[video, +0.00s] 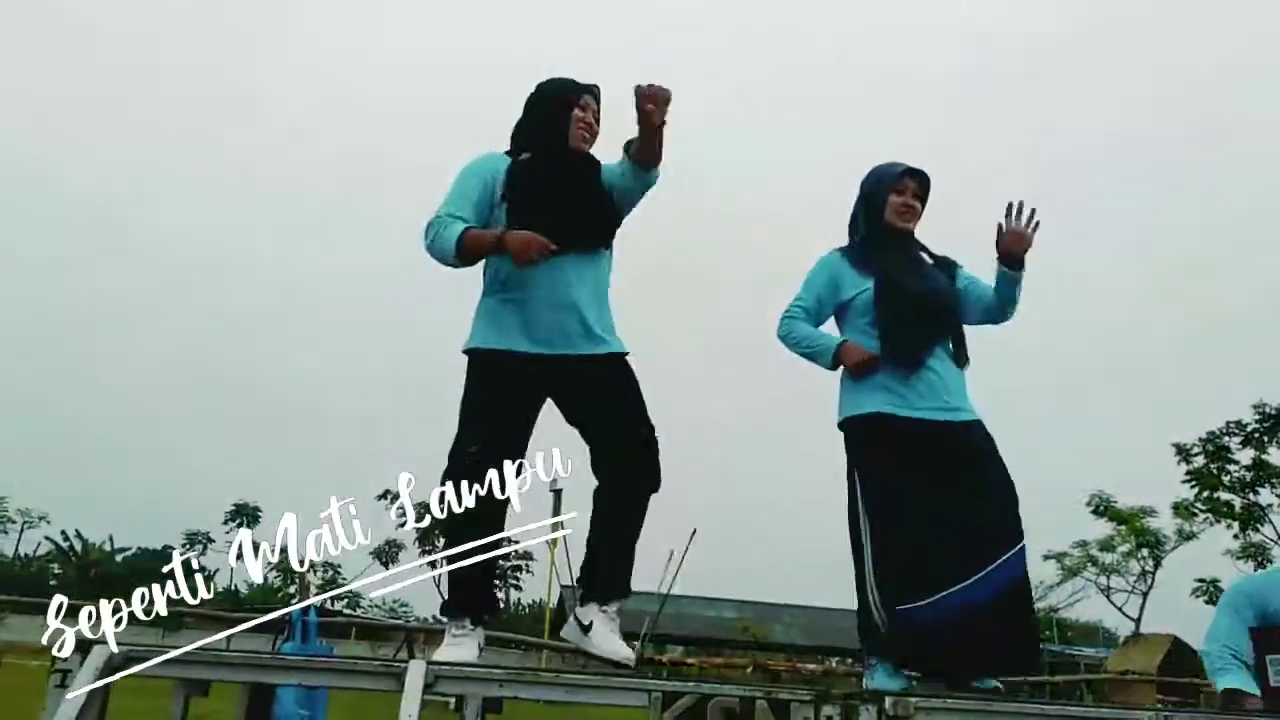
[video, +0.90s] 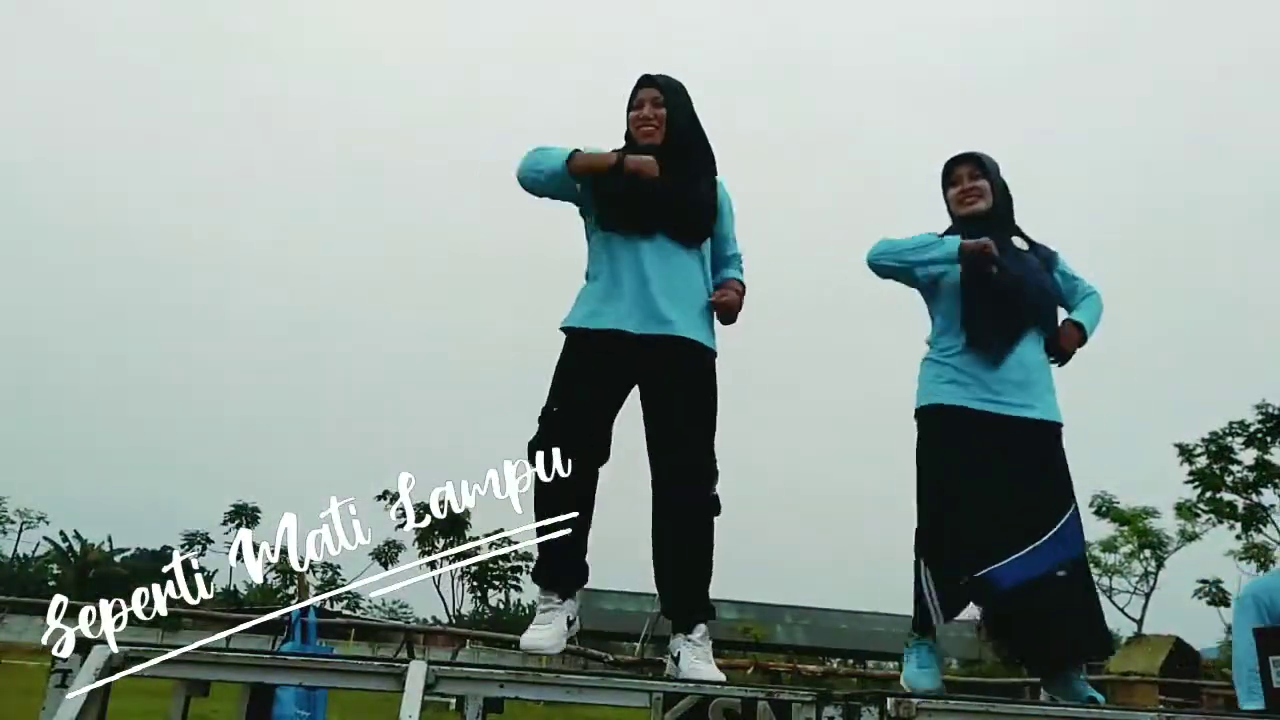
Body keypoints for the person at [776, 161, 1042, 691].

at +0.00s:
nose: (909, 202)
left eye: (917, 198)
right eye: (899, 193)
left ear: (923, 209)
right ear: (872, 197)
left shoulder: (938, 270)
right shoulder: (840, 264)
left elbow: (998, 308)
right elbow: (791, 325)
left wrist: (1010, 264)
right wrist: (837, 349)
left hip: (951, 415)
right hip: (880, 414)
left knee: (983, 524)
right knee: (887, 536)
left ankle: (971, 660)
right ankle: (883, 659)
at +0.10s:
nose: (919, 190)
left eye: (926, 185)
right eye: (908, 181)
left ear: (933, 197)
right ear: (882, 187)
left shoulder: (952, 260)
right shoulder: (851, 253)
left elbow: (1019, 291)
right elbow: (796, 308)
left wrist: (1074, 258)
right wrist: (836, 337)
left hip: (962, 410)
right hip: (884, 410)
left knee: (1009, 521)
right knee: (885, 532)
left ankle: (1017, 657)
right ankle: (885, 657)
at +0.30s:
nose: (938, 189)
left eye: (948, 182)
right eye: (926, 181)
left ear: (959, 195)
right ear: (904, 193)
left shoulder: (988, 258)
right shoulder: (882, 258)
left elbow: (1060, 273)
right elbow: (818, 305)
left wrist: (1140, 272)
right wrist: (832, 329)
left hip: (987, 411)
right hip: (908, 408)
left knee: (1026, 530)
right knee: (899, 530)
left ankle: (1061, 665)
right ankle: (884, 659)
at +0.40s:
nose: (950, 191)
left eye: (959, 183)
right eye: (938, 185)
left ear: (974, 198)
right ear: (920, 202)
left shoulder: (1010, 261)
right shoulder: (900, 264)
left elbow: (1079, 284)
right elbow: (836, 313)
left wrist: (1156, 295)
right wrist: (858, 315)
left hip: (1007, 417)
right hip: (929, 413)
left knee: (1035, 538)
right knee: (916, 534)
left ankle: (1059, 668)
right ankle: (891, 660)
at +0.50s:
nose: (960, 186)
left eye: (968, 179)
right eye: (948, 182)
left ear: (984, 193)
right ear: (931, 201)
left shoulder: (1023, 252)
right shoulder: (913, 259)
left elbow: (1084, 286)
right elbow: (871, 317)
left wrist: (1150, 324)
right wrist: (923, 280)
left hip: (1025, 410)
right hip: (948, 407)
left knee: (1045, 535)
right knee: (938, 530)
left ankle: (1062, 670)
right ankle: (918, 656)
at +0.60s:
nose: (965, 191)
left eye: (974, 183)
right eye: (954, 186)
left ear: (993, 193)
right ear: (940, 200)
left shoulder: (1027, 253)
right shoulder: (926, 254)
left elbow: (1089, 289)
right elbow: (911, 296)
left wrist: (1123, 340)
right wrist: (981, 257)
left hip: (1036, 409)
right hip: (961, 410)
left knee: (1051, 534)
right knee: (970, 533)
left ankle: (1062, 671)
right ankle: (981, 666)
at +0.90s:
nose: (968, 187)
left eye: (978, 178)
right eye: (957, 183)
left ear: (1001, 189)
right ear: (947, 202)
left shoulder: (1038, 254)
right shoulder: (938, 251)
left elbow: (1089, 295)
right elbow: (879, 257)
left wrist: (1078, 325)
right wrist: (955, 251)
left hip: (1030, 405)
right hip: (954, 400)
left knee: (1049, 531)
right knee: (947, 523)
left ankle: (1061, 665)